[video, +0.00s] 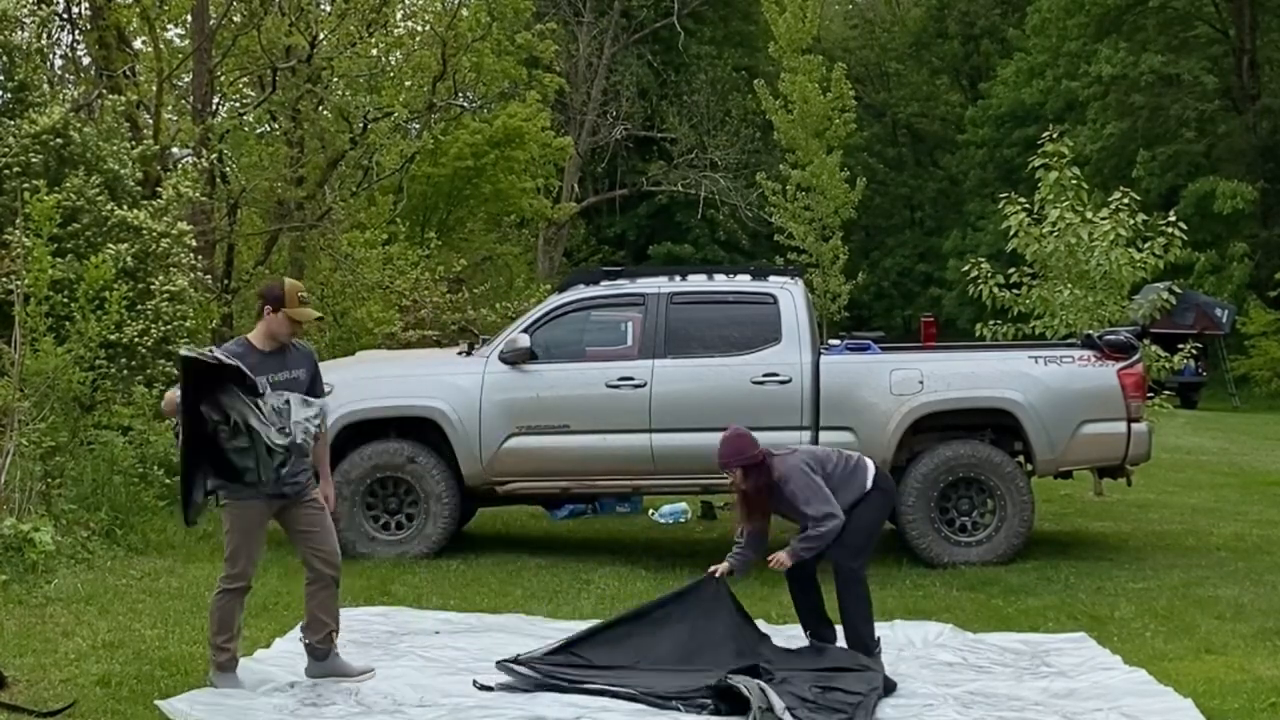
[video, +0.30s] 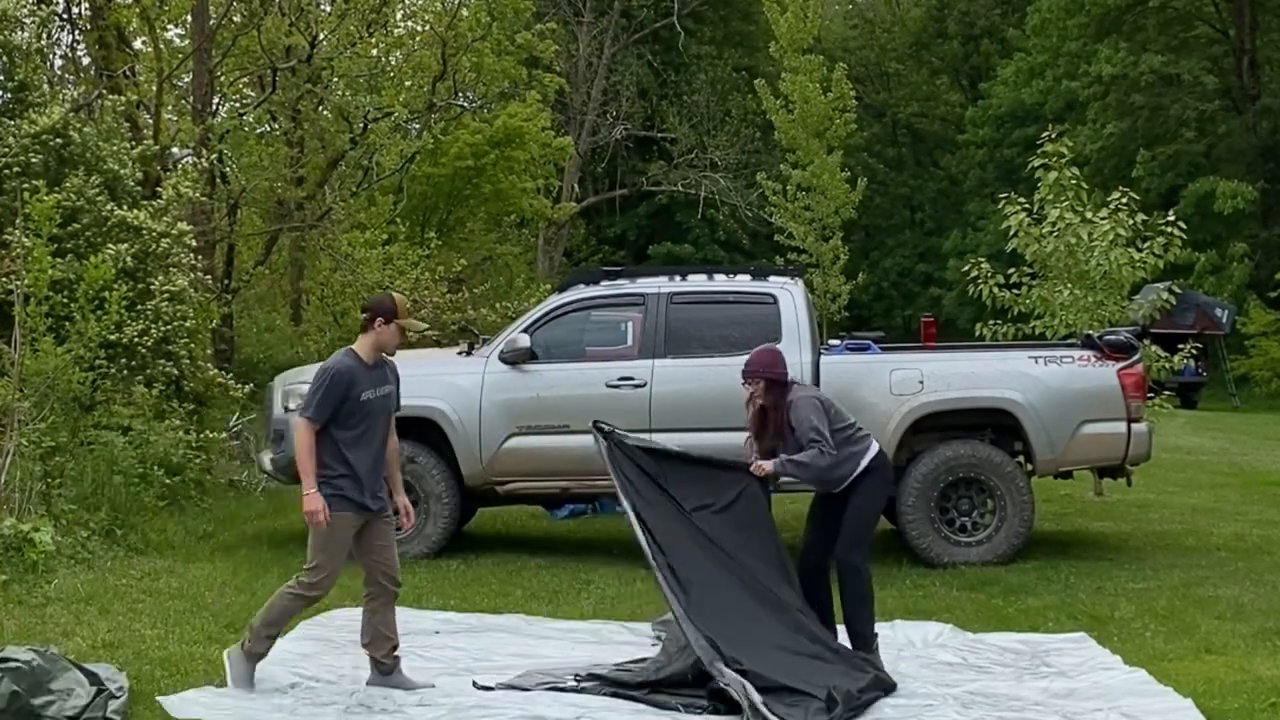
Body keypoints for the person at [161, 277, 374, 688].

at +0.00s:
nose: (298, 327)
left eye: (300, 320)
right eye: (293, 319)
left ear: (285, 316)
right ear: (269, 313)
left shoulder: (303, 358)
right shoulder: (228, 358)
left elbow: (318, 425)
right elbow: (170, 403)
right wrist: (201, 389)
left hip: (298, 486)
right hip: (246, 489)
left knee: (326, 562)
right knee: (237, 577)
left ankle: (321, 656)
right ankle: (223, 667)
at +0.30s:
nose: (403, 336)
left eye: (404, 329)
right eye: (399, 328)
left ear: (382, 327)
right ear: (378, 326)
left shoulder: (388, 371)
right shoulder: (338, 370)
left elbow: (388, 435)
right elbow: (304, 427)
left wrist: (398, 492)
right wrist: (310, 491)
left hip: (374, 499)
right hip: (335, 499)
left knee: (385, 582)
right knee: (315, 582)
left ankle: (384, 670)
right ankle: (245, 653)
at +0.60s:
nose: (529, 342)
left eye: (529, 335)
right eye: (525, 334)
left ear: (498, 334)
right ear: (507, 335)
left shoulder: (493, 374)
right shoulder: (483, 385)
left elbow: (510, 442)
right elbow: (492, 460)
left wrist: (537, 484)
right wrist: (532, 512)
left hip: (471, 497)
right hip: (476, 501)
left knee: (481, 580)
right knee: (511, 585)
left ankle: (414, 643)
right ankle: (515, 678)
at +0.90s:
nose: (594, 354)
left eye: (595, 348)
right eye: (591, 347)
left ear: (570, 344)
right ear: (571, 343)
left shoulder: (572, 383)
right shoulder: (528, 383)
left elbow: (608, 422)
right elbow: (495, 441)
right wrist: (498, 505)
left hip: (519, 496)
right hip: (498, 496)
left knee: (511, 585)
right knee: (510, 586)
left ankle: (495, 668)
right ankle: (514, 676)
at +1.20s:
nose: (603, 356)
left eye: (604, 350)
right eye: (601, 348)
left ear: (579, 346)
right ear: (581, 344)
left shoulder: (577, 386)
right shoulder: (548, 381)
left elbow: (617, 419)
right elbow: (517, 437)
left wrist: (664, 445)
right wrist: (532, 498)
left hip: (512, 493)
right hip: (500, 491)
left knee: (510, 584)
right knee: (512, 585)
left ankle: (497, 668)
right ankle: (513, 676)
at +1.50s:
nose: (635, 431)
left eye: (637, 424)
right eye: (634, 423)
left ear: (611, 412)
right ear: (618, 417)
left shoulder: (572, 421)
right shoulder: (581, 453)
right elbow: (585, 538)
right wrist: (591, 604)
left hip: (478, 496)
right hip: (496, 504)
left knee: (517, 584)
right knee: (547, 585)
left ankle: (498, 664)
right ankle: (520, 678)